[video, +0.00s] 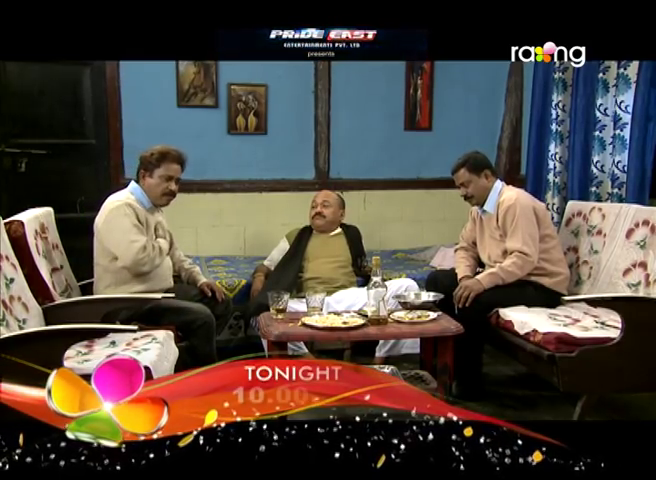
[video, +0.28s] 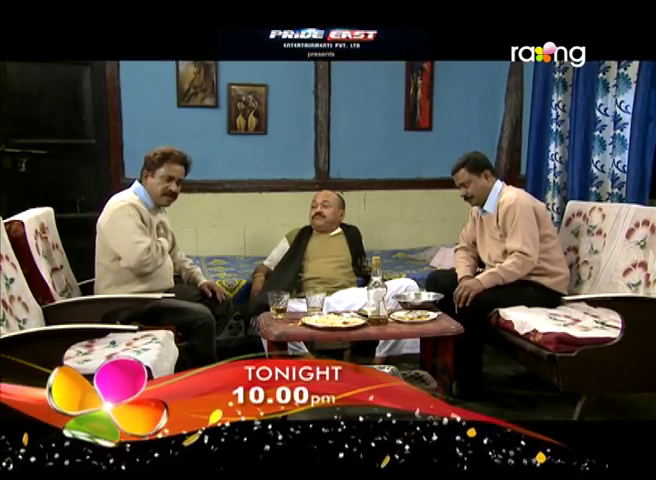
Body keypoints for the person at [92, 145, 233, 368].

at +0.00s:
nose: (173, 188)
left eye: (177, 181)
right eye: (166, 180)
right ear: (144, 177)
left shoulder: (154, 212)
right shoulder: (119, 209)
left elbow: (175, 257)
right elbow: (136, 260)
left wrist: (200, 280)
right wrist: (162, 245)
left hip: (157, 295)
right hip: (127, 304)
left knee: (218, 303)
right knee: (201, 318)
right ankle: (204, 384)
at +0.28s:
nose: (174, 188)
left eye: (179, 183)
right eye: (168, 180)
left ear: (182, 185)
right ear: (146, 177)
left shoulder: (156, 213)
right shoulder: (122, 208)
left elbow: (175, 257)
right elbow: (138, 260)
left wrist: (201, 281)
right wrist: (163, 244)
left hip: (158, 295)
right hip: (127, 304)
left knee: (219, 304)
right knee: (201, 318)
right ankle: (204, 385)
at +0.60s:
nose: (177, 190)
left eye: (182, 184)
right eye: (171, 181)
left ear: (184, 185)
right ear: (149, 177)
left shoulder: (158, 214)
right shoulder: (125, 209)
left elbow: (176, 257)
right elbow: (140, 262)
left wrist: (201, 281)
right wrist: (164, 244)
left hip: (158, 295)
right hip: (128, 304)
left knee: (219, 303)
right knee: (200, 318)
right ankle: (205, 385)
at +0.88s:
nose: (180, 191)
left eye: (185, 185)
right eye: (175, 182)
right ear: (153, 178)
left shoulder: (158, 213)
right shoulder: (127, 210)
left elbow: (177, 257)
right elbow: (142, 263)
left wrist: (201, 281)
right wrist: (165, 245)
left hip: (157, 295)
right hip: (128, 305)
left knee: (218, 304)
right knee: (201, 319)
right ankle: (204, 386)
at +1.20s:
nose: (183, 192)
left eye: (188, 187)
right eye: (177, 184)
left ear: (192, 189)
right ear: (156, 179)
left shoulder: (159, 215)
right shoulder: (130, 210)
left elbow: (178, 258)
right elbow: (145, 265)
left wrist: (201, 282)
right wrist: (167, 245)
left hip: (156, 296)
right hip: (127, 305)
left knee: (219, 304)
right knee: (201, 319)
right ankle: (204, 385)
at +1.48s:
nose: (185, 192)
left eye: (189, 187)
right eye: (179, 184)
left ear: (193, 189)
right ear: (157, 179)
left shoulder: (161, 214)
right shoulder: (132, 209)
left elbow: (179, 258)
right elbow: (148, 264)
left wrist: (202, 282)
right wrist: (169, 245)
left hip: (157, 295)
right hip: (128, 304)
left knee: (219, 304)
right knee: (201, 319)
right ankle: (205, 385)